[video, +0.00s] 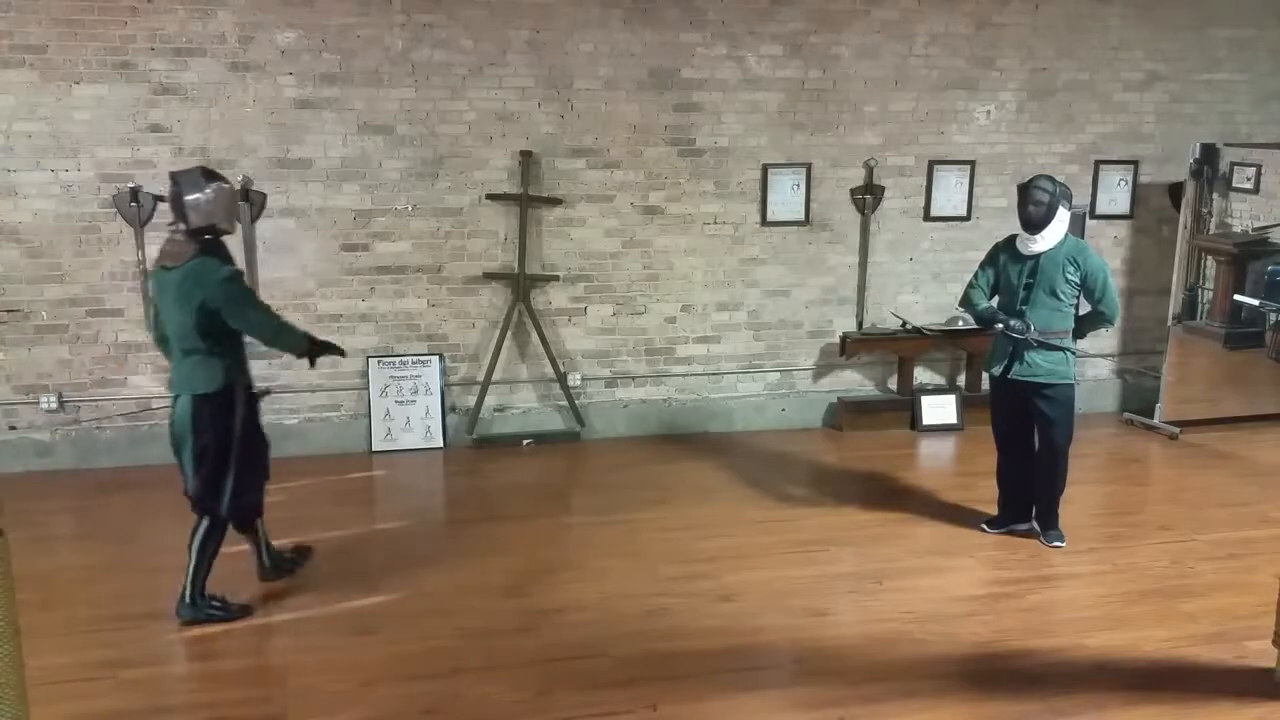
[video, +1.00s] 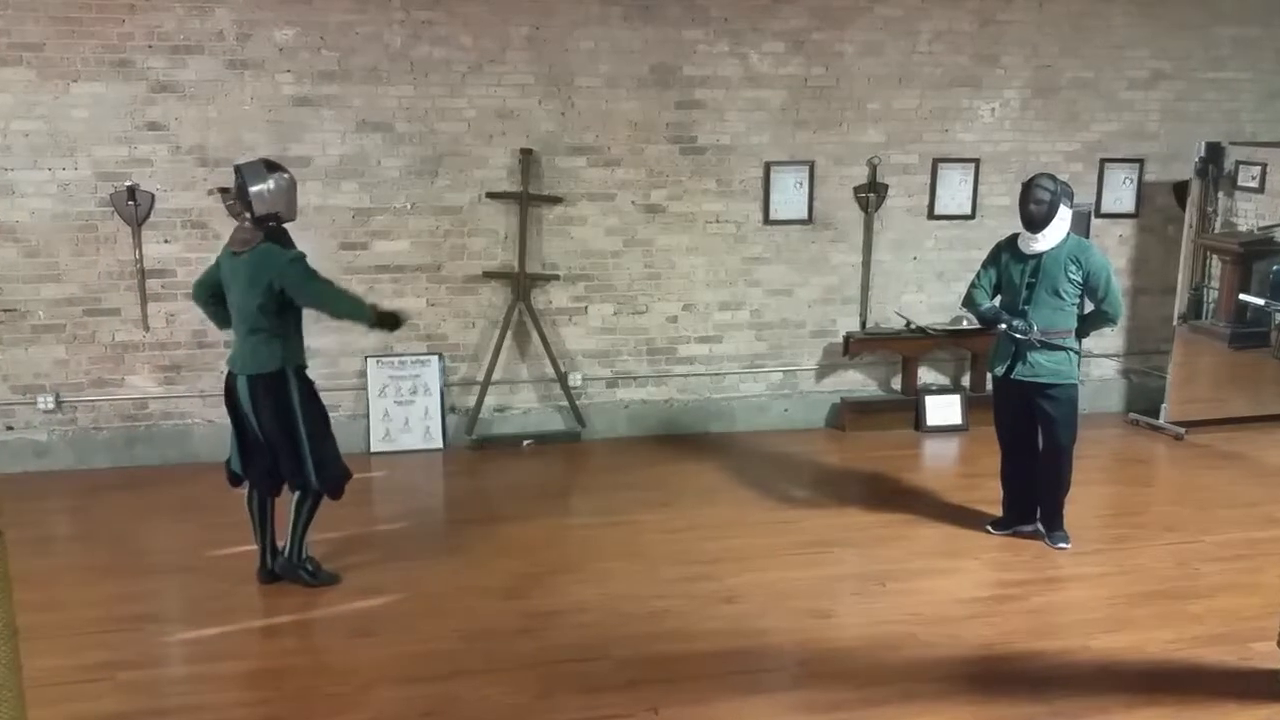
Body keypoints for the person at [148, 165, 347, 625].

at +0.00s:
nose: (234, 213)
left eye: (230, 205)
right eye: (228, 206)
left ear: (185, 217)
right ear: (215, 214)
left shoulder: (164, 271)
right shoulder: (215, 273)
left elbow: (162, 336)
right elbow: (263, 323)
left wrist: (199, 362)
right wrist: (309, 345)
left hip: (191, 391)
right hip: (221, 393)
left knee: (241, 474)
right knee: (221, 495)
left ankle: (267, 557)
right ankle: (193, 599)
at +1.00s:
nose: (292, 203)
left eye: (288, 195)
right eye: (286, 196)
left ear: (247, 204)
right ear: (275, 202)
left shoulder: (234, 250)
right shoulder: (278, 255)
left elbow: (203, 291)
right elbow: (319, 293)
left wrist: (235, 324)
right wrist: (373, 314)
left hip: (242, 376)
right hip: (278, 376)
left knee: (262, 469)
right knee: (320, 466)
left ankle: (267, 557)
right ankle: (294, 554)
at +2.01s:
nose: (296, 201)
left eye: (293, 194)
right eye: (290, 195)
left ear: (252, 207)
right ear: (281, 202)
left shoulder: (248, 251)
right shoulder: (282, 253)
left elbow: (219, 288)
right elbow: (328, 309)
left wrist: (249, 320)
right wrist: (367, 280)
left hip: (253, 377)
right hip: (287, 376)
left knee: (267, 469)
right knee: (330, 467)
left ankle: (270, 556)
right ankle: (300, 552)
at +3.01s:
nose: (321, 200)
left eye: (317, 192)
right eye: (314, 193)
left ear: (281, 204)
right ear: (301, 200)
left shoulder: (292, 251)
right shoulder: (297, 259)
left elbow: (306, 328)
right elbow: (314, 333)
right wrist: (338, 393)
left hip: (300, 378)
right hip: (314, 380)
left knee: (297, 467)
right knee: (344, 472)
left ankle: (270, 546)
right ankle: (354, 565)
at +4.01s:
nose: (351, 206)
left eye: (347, 198)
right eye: (346, 199)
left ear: (310, 205)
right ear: (336, 203)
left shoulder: (314, 254)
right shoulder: (329, 262)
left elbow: (339, 328)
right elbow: (357, 333)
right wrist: (394, 388)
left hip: (318, 376)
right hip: (342, 378)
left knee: (308, 461)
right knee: (363, 473)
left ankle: (269, 539)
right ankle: (356, 565)